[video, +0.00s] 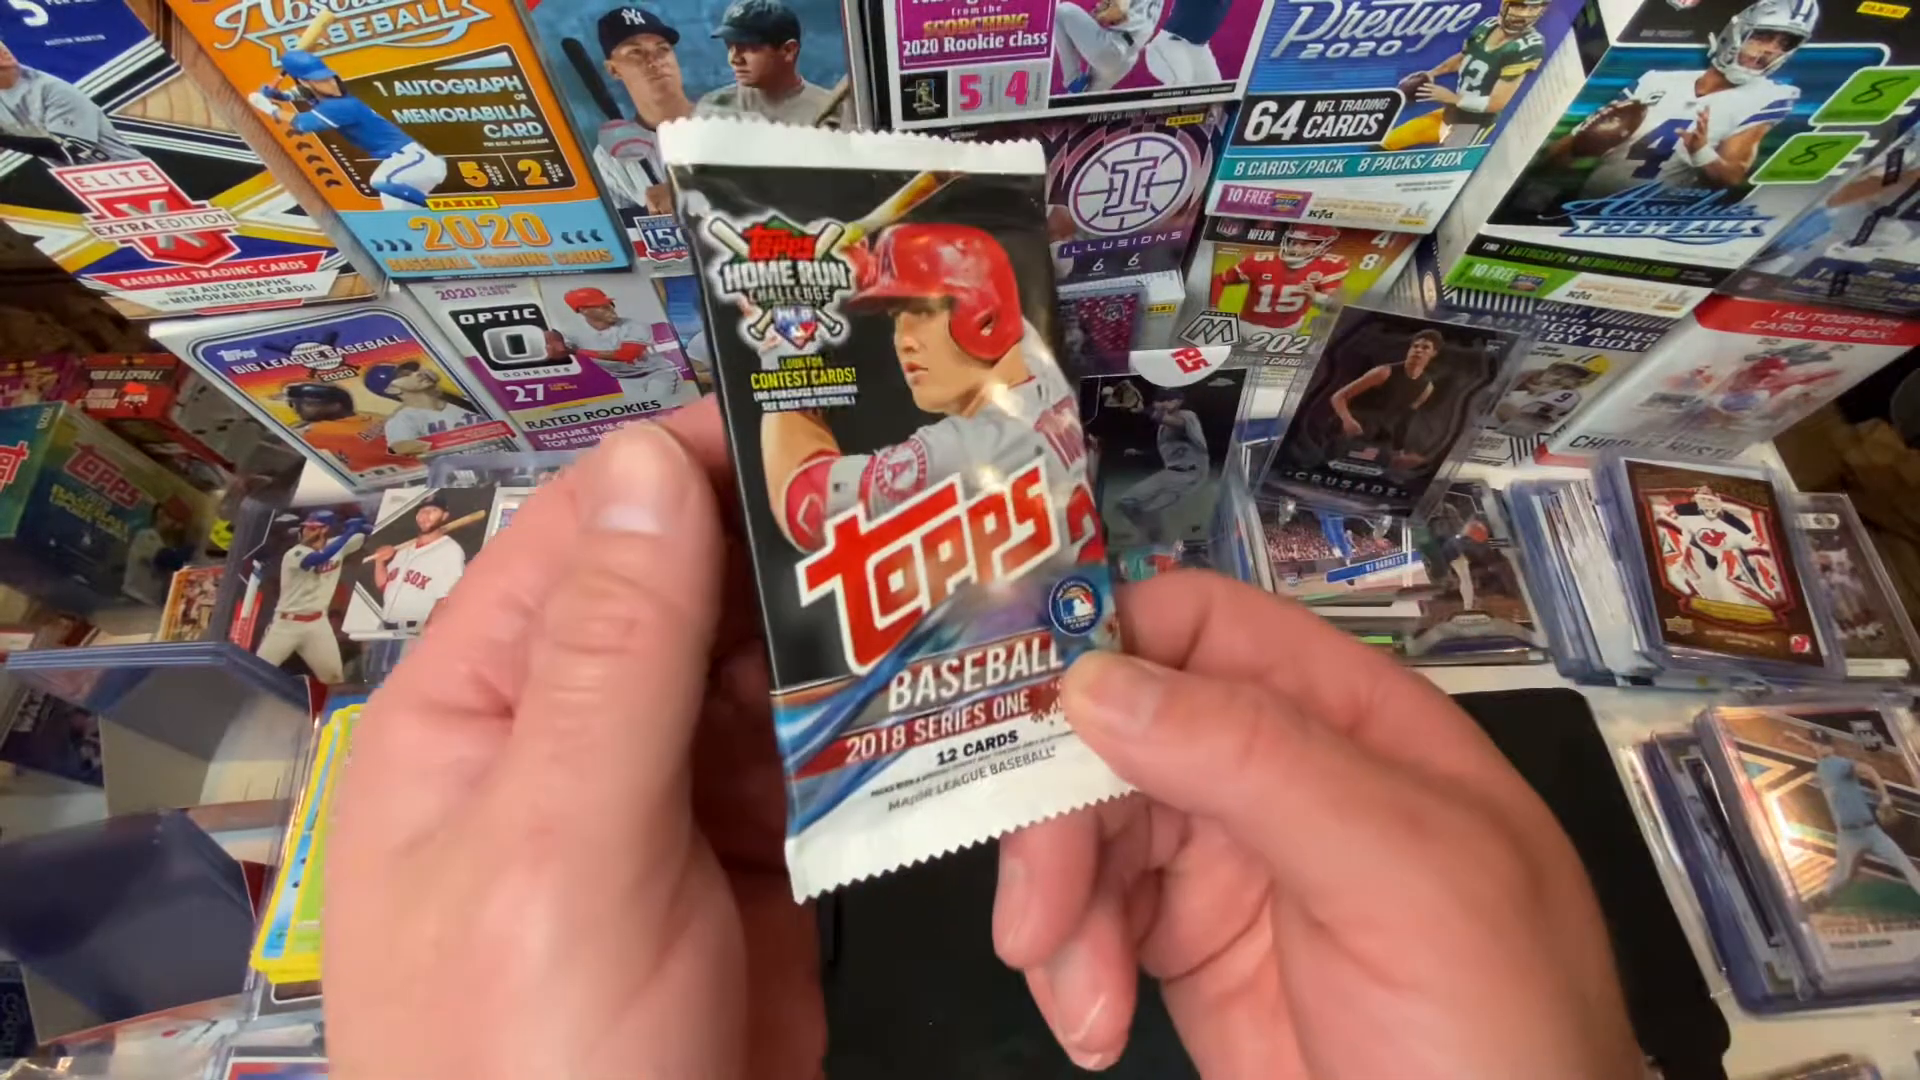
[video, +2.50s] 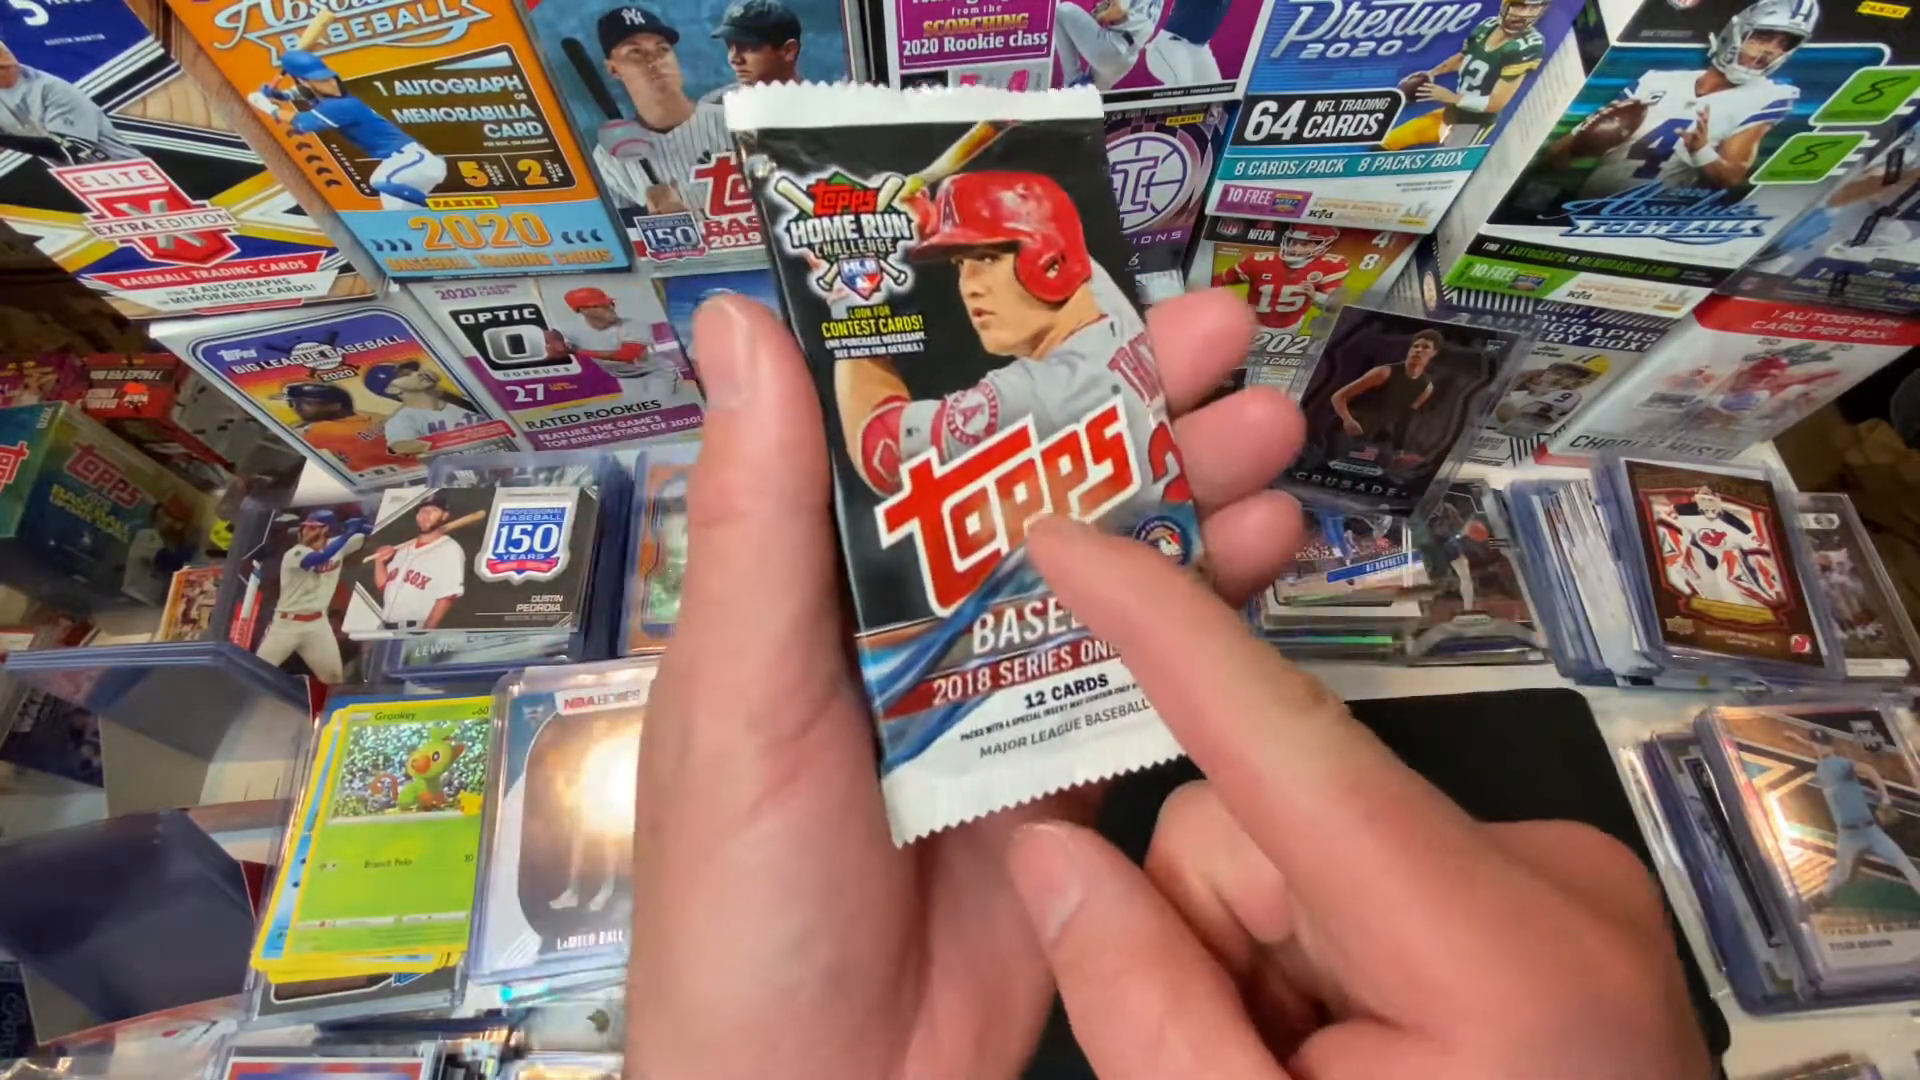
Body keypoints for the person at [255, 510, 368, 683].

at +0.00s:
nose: (304, 531)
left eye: (310, 528)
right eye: (304, 527)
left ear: (324, 531)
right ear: (303, 530)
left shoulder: (336, 549)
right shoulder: (294, 554)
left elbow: (366, 533)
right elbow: (318, 560)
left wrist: (357, 524)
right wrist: (347, 535)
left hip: (317, 625)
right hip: (285, 624)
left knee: (334, 679)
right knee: (259, 671)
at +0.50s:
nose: (303, 531)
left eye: (309, 528)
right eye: (304, 527)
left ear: (323, 530)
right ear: (303, 530)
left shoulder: (337, 549)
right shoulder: (294, 554)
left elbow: (365, 533)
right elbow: (319, 560)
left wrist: (358, 525)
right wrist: (347, 536)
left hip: (317, 625)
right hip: (285, 624)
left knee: (335, 681)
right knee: (259, 672)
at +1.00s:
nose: (304, 532)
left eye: (310, 528)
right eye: (304, 527)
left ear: (324, 531)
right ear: (302, 529)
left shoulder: (337, 548)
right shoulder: (293, 555)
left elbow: (367, 532)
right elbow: (318, 560)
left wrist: (358, 523)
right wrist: (347, 536)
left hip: (317, 625)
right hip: (284, 625)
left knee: (334, 681)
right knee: (258, 671)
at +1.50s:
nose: (305, 532)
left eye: (311, 528)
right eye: (304, 527)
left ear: (324, 530)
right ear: (302, 529)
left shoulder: (337, 548)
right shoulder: (293, 554)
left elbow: (368, 533)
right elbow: (319, 560)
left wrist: (358, 525)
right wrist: (346, 537)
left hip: (317, 626)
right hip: (284, 625)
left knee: (334, 679)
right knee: (257, 671)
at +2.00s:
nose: (304, 531)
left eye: (311, 528)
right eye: (304, 527)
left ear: (324, 531)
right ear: (303, 530)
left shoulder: (337, 548)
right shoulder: (294, 554)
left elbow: (366, 534)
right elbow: (318, 559)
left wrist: (359, 525)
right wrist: (346, 537)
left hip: (317, 625)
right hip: (285, 624)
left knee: (334, 677)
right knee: (258, 670)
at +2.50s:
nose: (303, 531)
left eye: (310, 527)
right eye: (304, 527)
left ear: (324, 530)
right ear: (303, 530)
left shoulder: (337, 549)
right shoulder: (294, 554)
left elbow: (367, 533)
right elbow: (318, 559)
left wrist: (358, 525)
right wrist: (347, 536)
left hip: (317, 625)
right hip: (285, 624)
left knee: (333, 677)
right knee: (258, 670)